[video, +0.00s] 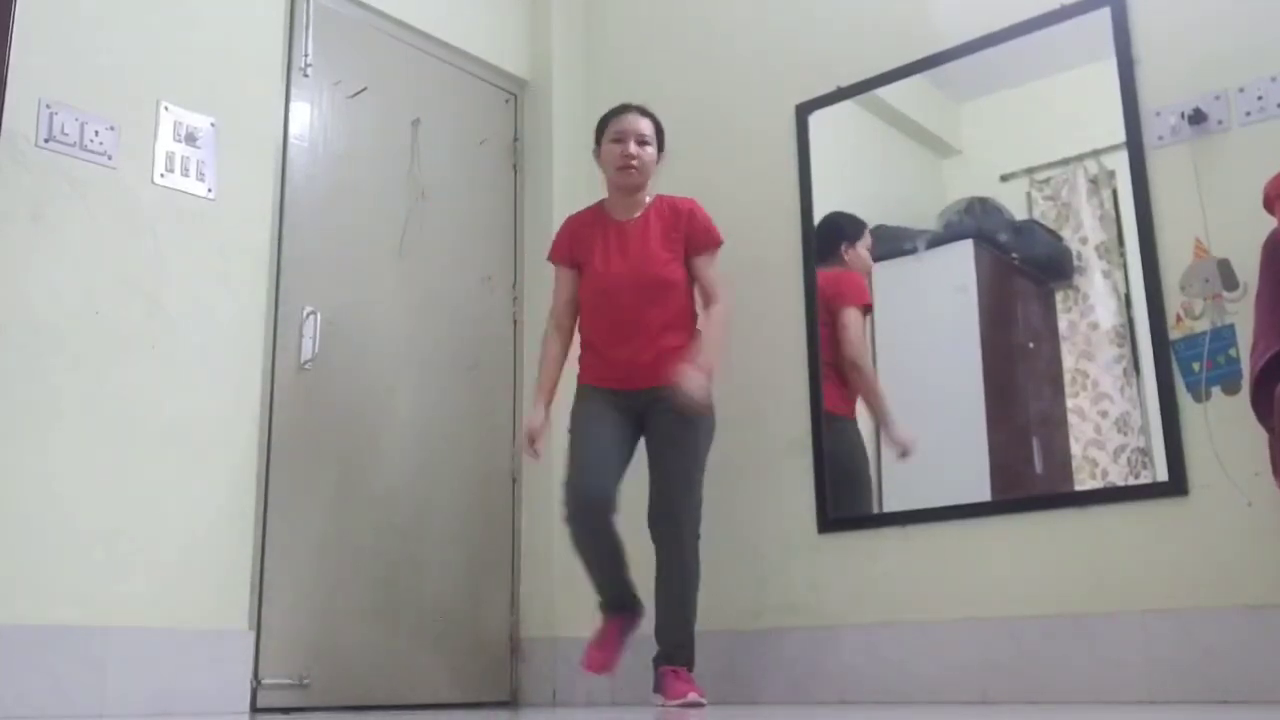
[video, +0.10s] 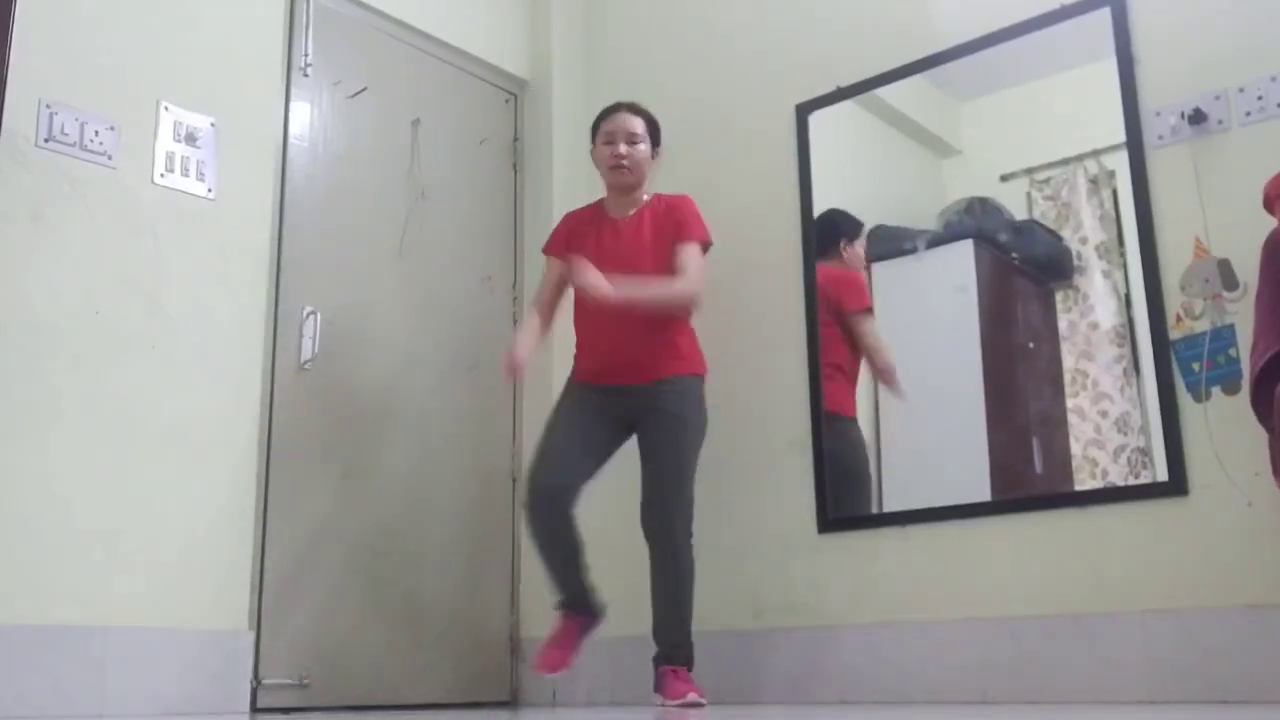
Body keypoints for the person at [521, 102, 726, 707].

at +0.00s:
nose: (631, 149)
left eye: (643, 141)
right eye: (619, 140)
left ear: (658, 157)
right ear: (598, 153)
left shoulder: (683, 217)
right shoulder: (579, 229)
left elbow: (715, 301)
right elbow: (560, 324)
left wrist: (702, 366)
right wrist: (541, 404)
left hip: (677, 390)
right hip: (603, 393)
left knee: (675, 525)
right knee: (584, 505)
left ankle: (676, 667)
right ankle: (620, 608)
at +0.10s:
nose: (621, 149)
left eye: (633, 140)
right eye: (610, 141)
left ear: (654, 154)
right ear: (593, 154)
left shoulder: (677, 212)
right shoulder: (576, 227)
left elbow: (689, 291)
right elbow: (544, 305)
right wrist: (524, 342)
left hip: (669, 388)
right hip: (595, 389)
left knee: (667, 522)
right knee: (546, 493)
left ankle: (674, 666)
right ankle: (579, 608)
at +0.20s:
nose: (601, 146)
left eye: (614, 135)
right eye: (591, 137)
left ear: (640, 144)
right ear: (579, 149)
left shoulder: (660, 196)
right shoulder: (563, 216)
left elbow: (660, 250)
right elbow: (510, 288)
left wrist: (559, 249)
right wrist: (512, 268)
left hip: (652, 378)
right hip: (578, 379)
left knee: (657, 518)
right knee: (520, 493)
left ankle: (674, 667)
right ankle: (509, 640)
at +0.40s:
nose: (557, 163)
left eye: (568, 151)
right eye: (548, 154)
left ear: (601, 153)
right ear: (543, 161)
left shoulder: (623, 205)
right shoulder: (532, 214)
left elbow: (586, 255)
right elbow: (453, 243)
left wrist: (494, 282)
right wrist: (503, 237)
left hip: (601, 380)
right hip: (526, 380)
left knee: (630, 524)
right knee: (484, 521)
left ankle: (670, 668)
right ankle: (437, 671)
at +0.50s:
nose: (532, 172)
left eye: (546, 160)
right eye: (525, 162)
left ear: (579, 164)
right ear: (519, 167)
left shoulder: (600, 219)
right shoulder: (509, 220)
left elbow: (550, 266)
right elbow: (435, 249)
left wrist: (454, 262)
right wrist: (479, 275)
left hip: (566, 387)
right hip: (491, 384)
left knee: (603, 526)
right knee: (463, 527)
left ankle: (665, 664)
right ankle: (437, 674)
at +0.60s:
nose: (512, 175)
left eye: (526, 163)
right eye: (505, 164)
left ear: (559, 167)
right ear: (498, 169)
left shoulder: (579, 222)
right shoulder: (485, 217)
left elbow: (527, 259)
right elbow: (408, 242)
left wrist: (446, 224)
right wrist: (422, 279)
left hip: (535, 383)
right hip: (462, 381)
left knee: (558, 516)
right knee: (445, 525)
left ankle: (634, 652)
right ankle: (435, 676)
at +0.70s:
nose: (498, 172)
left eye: (511, 161)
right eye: (491, 162)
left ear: (544, 166)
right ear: (483, 165)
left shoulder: (562, 220)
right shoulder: (467, 211)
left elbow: (520, 251)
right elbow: (391, 225)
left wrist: (449, 216)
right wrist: (388, 246)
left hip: (523, 378)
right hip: (451, 378)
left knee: (514, 498)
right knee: (437, 520)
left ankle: (556, 627)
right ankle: (434, 674)